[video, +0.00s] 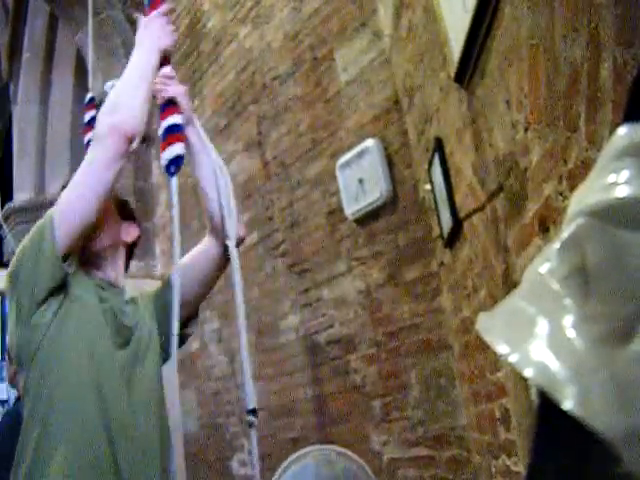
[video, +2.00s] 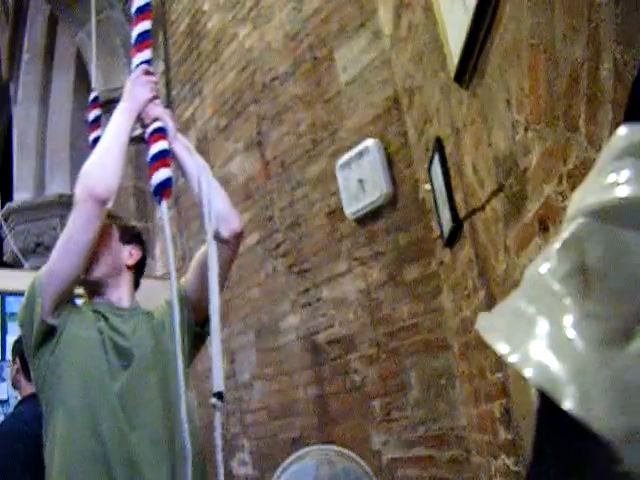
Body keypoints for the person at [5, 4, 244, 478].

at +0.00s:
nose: (99, 210)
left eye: (111, 203)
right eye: (97, 199)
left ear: (129, 230)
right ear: (74, 228)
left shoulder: (149, 317)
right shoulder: (38, 291)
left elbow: (225, 236)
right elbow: (118, 135)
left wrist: (187, 124)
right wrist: (147, 48)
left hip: (143, 470)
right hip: (56, 469)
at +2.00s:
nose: (87, 242)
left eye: (101, 234)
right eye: (87, 234)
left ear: (132, 254)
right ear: (74, 248)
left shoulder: (170, 327)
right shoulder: (52, 326)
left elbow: (228, 230)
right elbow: (93, 195)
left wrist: (172, 136)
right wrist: (128, 108)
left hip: (165, 470)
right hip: (78, 470)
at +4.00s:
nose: (136, 232)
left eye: (144, 225)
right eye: (124, 224)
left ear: (159, 246)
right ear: (106, 241)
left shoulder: (187, 324)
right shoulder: (71, 319)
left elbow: (247, 241)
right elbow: (127, 203)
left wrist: (187, 161)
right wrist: (137, 129)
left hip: (180, 472)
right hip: (92, 471)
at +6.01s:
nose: (164, 260)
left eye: (171, 249)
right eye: (147, 248)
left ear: (182, 260)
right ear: (117, 267)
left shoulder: (206, 349)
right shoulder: (76, 341)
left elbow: (257, 444)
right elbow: (57, 448)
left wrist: (245, 468)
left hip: (191, 472)